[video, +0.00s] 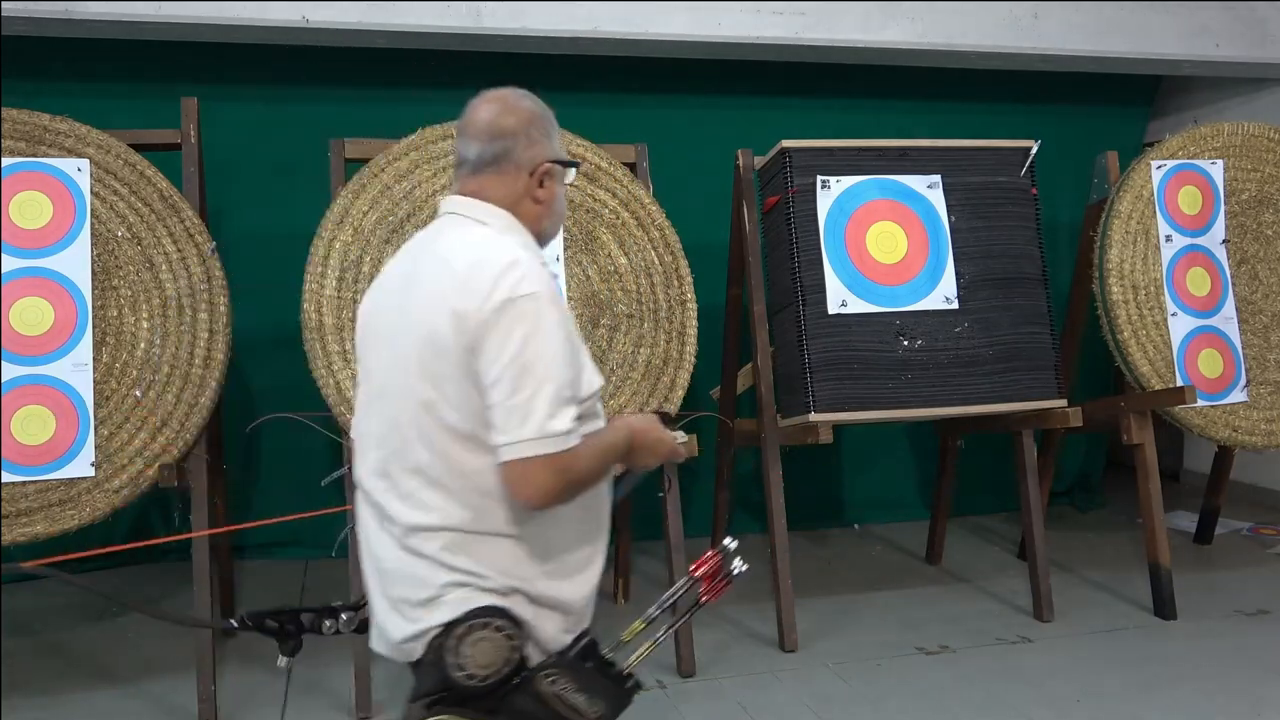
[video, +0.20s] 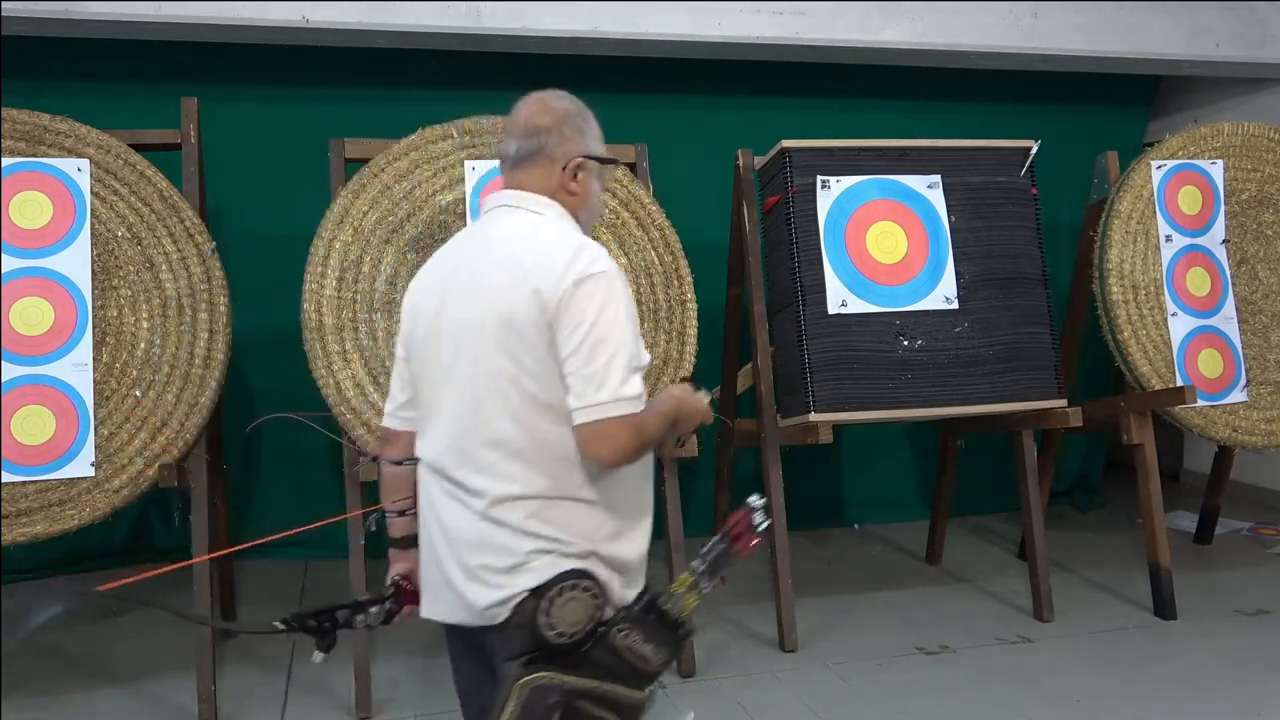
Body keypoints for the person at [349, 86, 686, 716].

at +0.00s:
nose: (563, 196)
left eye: (564, 178)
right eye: (563, 179)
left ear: (463, 173)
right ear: (540, 181)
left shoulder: (405, 267)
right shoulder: (511, 277)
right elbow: (536, 479)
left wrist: (602, 439)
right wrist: (625, 438)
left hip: (417, 608)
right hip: (497, 628)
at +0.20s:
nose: (602, 194)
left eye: (601, 176)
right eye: (600, 175)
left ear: (506, 171)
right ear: (572, 174)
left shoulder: (436, 270)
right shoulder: (577, 266)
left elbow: (400, 436)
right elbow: (609, 441)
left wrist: (403, 543)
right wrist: (672, 409)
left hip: (459, 582)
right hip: (556, 590)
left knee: (488, 711)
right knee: (557, 709)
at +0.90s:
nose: (792, 229)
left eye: (793, 216)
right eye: (794, 217)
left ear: (715, 197)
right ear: (782, 218)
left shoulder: (656, 273)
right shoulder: (754, 297)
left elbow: (653, 411)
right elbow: (754, 451)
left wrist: (782, 411)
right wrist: (823, 432)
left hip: (653, 533)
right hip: (745, 545)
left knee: (634, 693)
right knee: (791, 701)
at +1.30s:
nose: (898, 211)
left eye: (898, 201)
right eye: (899, 199)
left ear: (824, 186)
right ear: (893, 201)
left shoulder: (760, 263)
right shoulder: (884, 280)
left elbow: (744, 387)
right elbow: (905, 420)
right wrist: (943, 392)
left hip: (778, 497)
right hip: (858, 501)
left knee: (819, 647)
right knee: (847, 664)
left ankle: (828, 708)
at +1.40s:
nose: (916, 215)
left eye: (914, 205)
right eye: (916, 205)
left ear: (843, 190)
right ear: (909, 209)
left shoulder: (780, 270)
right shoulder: (907, 286)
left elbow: (765, 385)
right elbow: (937, 419)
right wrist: (966, 391)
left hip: (800, 497)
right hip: (882, 499)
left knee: (855, 628)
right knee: (854, 651)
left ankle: (894, 704)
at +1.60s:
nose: (937, 215)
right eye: (939, 206)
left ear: (871, 201)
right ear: (934, 207)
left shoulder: (820, 277)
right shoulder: (943, 278)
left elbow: (806, 380)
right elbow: (973, 401)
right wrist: (1005, 379)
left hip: (851, 482)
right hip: (928, 478)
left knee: (898, 620)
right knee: (905, 628)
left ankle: (933, 711)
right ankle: (865, 716)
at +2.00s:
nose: (1003, 219)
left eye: (1004, 210)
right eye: (1005, 210)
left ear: (943, 195)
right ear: (995, 208)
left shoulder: (900, 255)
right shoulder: (985, 264)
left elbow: (889, 342)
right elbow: (995, 371)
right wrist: (1038, 376)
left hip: (899, 453)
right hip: (972, 454)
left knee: (911, 583)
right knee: (989, 575)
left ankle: (925, 709)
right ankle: (999, 694)